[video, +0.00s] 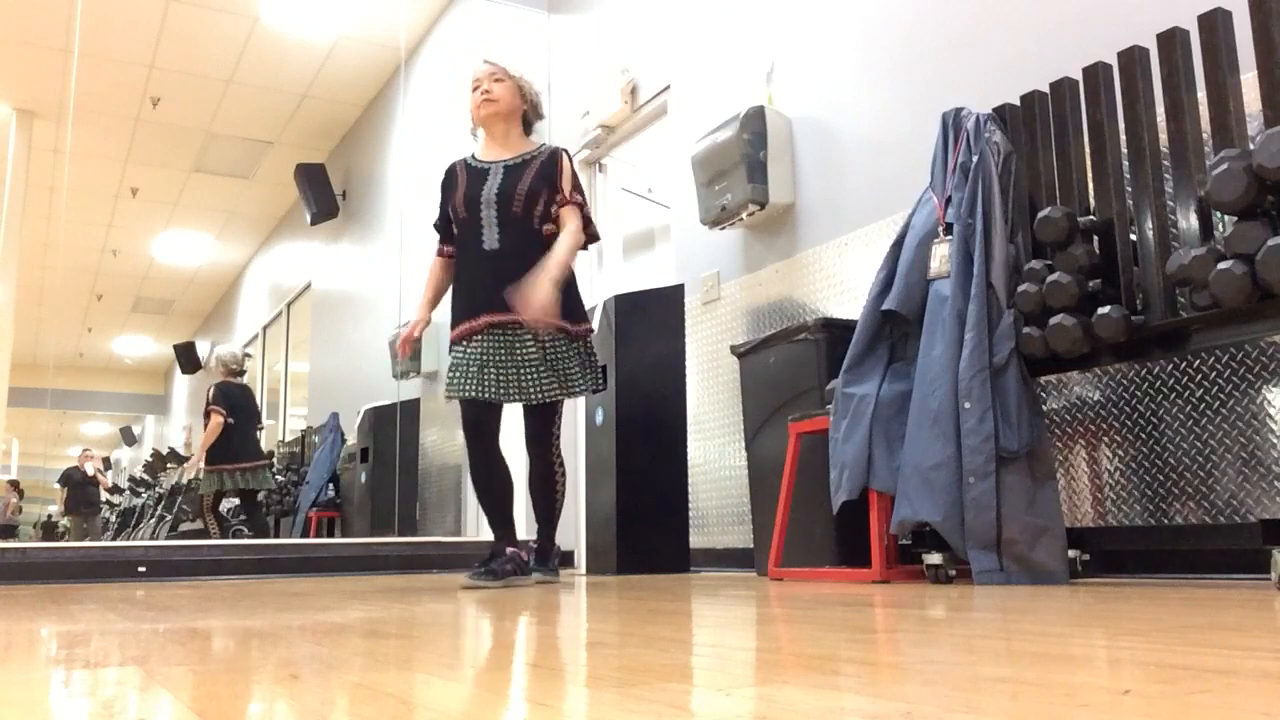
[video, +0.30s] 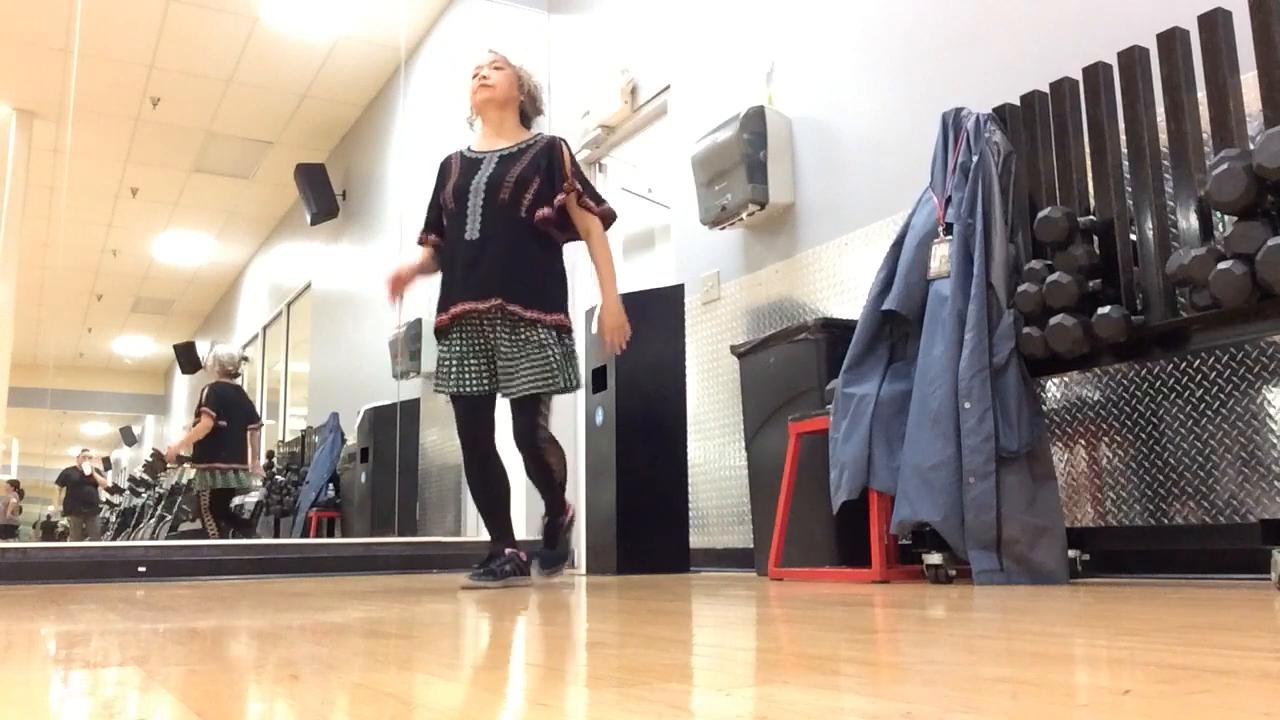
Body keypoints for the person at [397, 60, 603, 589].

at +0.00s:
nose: (482, 88)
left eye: (495, 82)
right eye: (475, 86)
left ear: (523, 101)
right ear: (472, 112)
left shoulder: (551, 159)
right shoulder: (459, 173)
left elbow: (574, 229)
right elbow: (445, 256)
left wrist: (547, 280)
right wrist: (421, 317)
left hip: (541, 315)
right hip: (477, 319)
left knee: (541, 439)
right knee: (479, 436)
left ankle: (545, 550)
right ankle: (505, 548)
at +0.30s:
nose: (480, 75)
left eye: (493, 70)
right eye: (475, 73)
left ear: (522, 91)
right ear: (471, 98)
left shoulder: (548, 149)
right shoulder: (453, 163)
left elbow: (591, 227)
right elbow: (438, 246)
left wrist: (611, 300)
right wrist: (412, 269)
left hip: (531, 311)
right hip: (464, 313)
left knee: (529, 435)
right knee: (474, 439)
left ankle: (557, 515)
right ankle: (504, 550)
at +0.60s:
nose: (486, 59)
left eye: (501, 54)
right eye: (480, 56)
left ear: (527, 78)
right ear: (474, 82)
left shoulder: (551, 139)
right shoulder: (451, 146)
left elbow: (593, 220)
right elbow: (425, 230)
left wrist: (582, 261)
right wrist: (421, 181)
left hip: (532, 296)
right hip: (469, 299)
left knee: (523, 417)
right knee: (485, 428)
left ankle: (538, 546)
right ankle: (503, 547)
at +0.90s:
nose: (495, 45)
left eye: (510, 40)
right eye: (489, 43)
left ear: (538, 65)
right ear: (483, 69)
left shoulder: (564, 126)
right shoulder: (457, 133)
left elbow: (611, 203)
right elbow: (423, 213)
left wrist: (572, 165)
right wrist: (448, 186)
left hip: (543, 290)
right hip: (476, 292)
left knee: (530, 421)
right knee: (487, 427)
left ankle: (532, 551)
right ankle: (503, 547)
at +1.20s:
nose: (494, 37)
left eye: (509, 32)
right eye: (487, 34)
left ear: (538, 57)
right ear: (481, 64)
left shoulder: (566, 123)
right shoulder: (457, 129)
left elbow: (608, 202)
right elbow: (433, 218)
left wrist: (580, 205)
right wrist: (433, 281)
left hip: (547, 289)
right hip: (474, 289)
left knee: (534, 420)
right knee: (453, 407)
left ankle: (533, 548)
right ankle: (495, 523)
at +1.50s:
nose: (486, 29)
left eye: (501, 22)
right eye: (477, 26)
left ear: (530, 45)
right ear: (468, 51)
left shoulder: (558, 118)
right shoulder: (444, 112)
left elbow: (588, 188)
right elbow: (409, 194)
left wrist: (527, 126)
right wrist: (403, 272)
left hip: (533, 280)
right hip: (458, 279)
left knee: (525, 420)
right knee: (441, 409)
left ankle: (530, 551)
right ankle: (429, 549)